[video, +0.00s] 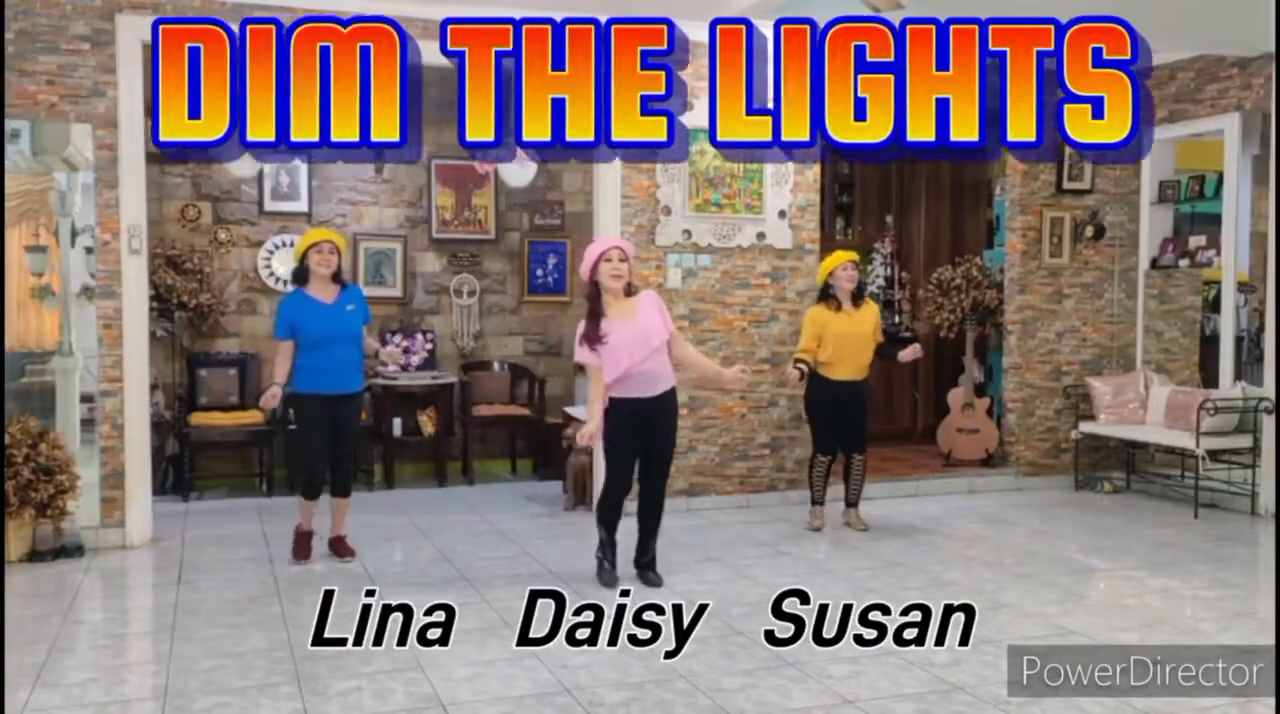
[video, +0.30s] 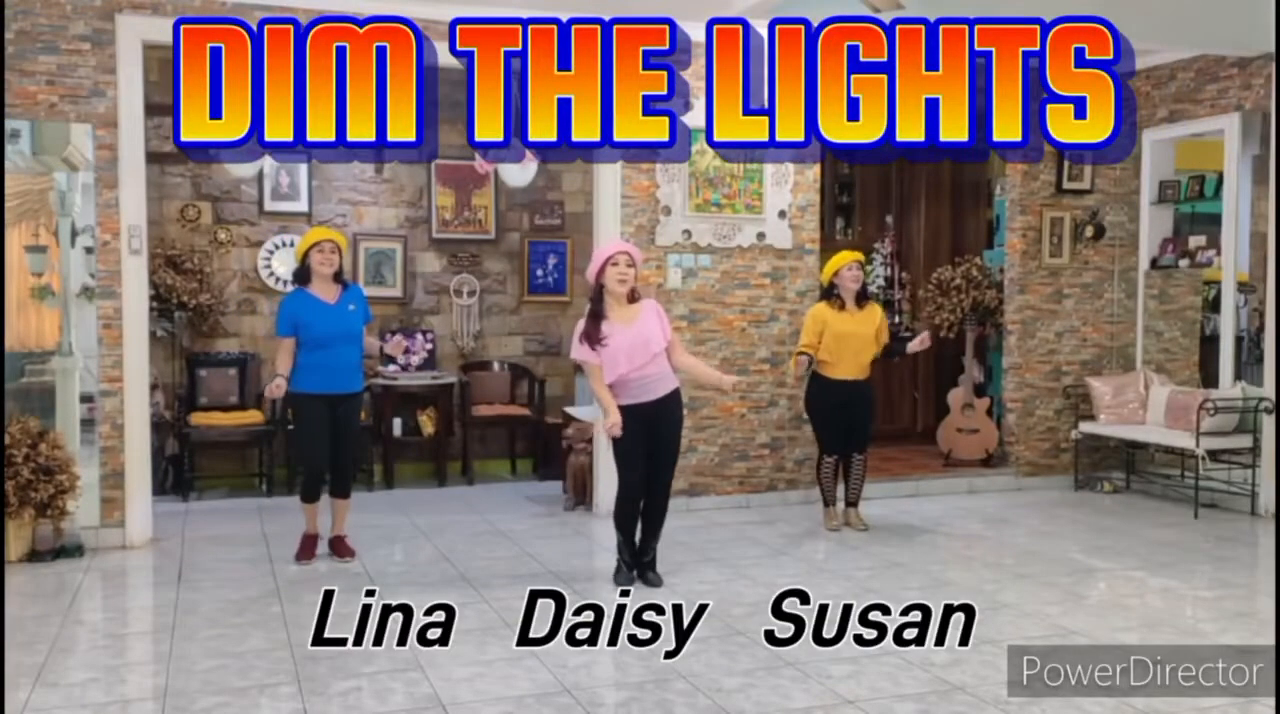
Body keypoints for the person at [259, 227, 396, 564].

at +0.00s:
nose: (325, 257)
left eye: (331, 252)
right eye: (318, 252)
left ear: (339, 259)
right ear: (306, 259)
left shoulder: (354, 296)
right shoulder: (292, 303)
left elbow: (363, 338)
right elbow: (284, 351)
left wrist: (379, 351)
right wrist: (277, 385)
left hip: (348, 395)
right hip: (308, 396)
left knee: (343, 466)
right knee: (312, 467)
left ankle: (338, 535)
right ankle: (304, 531)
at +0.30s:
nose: (327, 256)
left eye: (332, 251)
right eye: (320, 251)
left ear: (340, 259)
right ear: (307, 258)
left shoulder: (354, 295)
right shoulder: (294, 302)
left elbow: (362, 340)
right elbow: (286, 349)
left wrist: (385, 347)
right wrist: (281, 377)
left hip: (348, 394)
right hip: (308, 395)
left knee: (344, 465)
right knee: (313, 465)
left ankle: (338, 536)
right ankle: (311, 533)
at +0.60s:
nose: (319, 256)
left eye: (325, 251)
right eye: (312, 250)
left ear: (333, 258)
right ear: (300, 257)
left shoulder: (344, 297)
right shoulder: (284, 298)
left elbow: (350, 343)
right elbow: (274, 340)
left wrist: (378, 342)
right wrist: (267, 370)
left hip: (336, 394)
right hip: (294, 394)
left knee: (337, 464)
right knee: (294, 463)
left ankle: (338, 535)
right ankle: (274, 535)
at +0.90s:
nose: (302, 256)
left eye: (308, 251)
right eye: (295, 251)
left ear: (316, 259)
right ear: (283, 258)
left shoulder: (324, 303)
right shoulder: (263, 295)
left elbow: (325, 349)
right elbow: (244, 336)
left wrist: (349, 357)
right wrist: (234, 362)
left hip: (309, 396)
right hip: (265, 395)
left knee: (320, 463)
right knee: (265, 465)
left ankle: (335, 534)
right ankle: (267, 538)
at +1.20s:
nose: (288, 255)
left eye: (294, 250)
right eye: (281, 249)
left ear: (304, 259)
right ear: (269, 256)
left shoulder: (315, 304)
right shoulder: (249, 294)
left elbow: (316, 349)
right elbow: (229, 335)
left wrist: (327, 356)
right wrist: (214, 354)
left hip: (296, 396)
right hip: (254, 395)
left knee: (295, 464)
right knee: (259, 465)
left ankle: (292, 536)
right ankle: (266, 539)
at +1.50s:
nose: (282, 257)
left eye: (289, 251)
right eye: (275, 251)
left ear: (300, 260)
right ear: (265, 258)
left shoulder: (314, 303)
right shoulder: (248, 297)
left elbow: (320, 349)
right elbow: (232, 341)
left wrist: (325, 353)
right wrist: (212, 346)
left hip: (295, 397)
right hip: (252, 395)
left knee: (297, 464)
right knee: (258, 466)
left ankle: (294, 532)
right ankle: (266, 539)